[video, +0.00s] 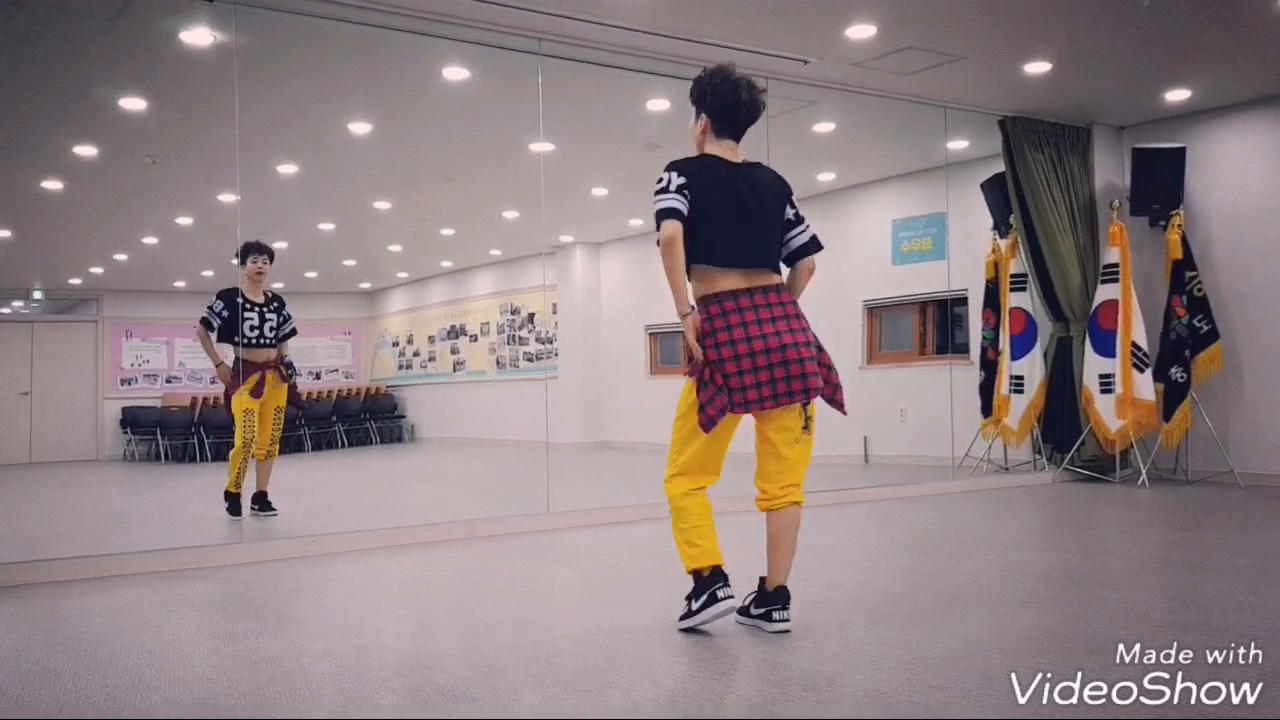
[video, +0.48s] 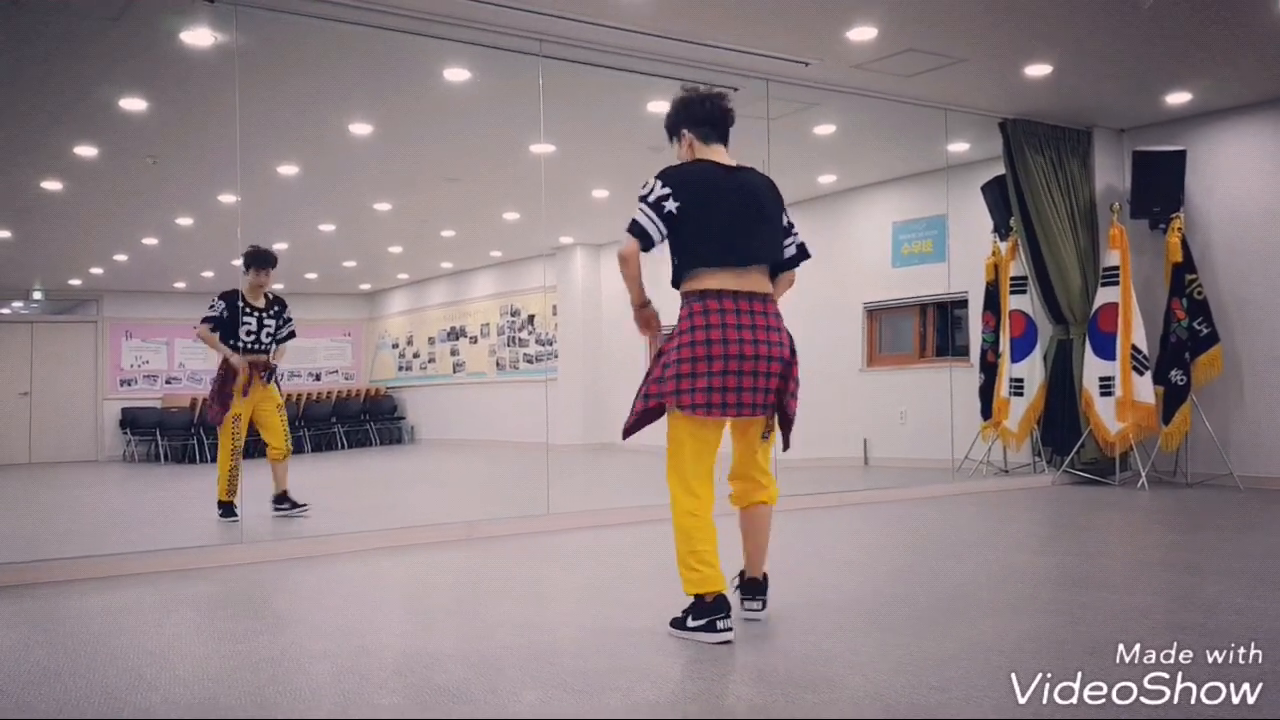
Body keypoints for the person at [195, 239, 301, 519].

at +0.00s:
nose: (260, 266)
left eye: (265, 262)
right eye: (253, 261)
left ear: (270, 268)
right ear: (242, 267)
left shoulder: (276, 301)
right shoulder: (229, 298)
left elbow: (283, 340)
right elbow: (203, 330)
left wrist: (285, 362)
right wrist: (219, 364)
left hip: (276, 373)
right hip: (246, 373)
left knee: (270, 440)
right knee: (246, 441)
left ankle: (261, 495)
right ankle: (233, 493)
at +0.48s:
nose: (263, 278)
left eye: (268, 273)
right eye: (258, 273)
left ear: (273, 275)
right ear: (247, 272)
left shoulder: (278, 305)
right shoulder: (228, 300)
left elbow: (283, 341)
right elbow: (204, 330)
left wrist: (274, 362)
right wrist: (231, 356)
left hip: (265, 381)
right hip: (235, 381)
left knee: (280, 438)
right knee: (231, 445)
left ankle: (281, 496)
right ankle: (226, 502)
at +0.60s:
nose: (265, 271)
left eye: (270, 267)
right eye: (259, 266)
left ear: (275, 273)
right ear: (247, 271)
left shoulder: (284, 307)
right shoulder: (232, 304)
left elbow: (294, 345)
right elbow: (201, 331)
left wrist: (278, 366)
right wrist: (232, 338)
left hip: (272, 383)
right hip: (239, 383)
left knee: (295, 435)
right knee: (233, 447)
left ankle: (319, 490)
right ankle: (227, 502)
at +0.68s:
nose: (268, 272)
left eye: (273, 268)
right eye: (262, 268)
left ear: (278, 275)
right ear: (251, 273)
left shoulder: (289, 307)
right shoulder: (237, 308)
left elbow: (302, 344)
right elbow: (210, 339)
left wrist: (287, 366)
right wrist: (233, 336)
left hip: (280, 385)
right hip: (247, 386)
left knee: (308, 437)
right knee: (237, 448)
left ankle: (330, 490)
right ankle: (228, 501)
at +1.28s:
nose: (339, 269)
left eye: (343, 264)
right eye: (333, 264)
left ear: (347, 268)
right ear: (321, 269)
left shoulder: (357, 300)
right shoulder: (311, 300)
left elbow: (381, 327)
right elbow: (292, 326)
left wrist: (383, 334)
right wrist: (308, 331)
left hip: (358, 368)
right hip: (328, 372)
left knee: (361, 433)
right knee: (341, 434)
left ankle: (350, 483)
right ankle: (359, 480)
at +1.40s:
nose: (350, 280)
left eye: (353, 275)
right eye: (343, 275)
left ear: (358, 280)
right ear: (332, 280)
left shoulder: (364, 311)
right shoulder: (323, 310)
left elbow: (372, 343)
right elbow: (314, 342)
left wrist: (391, 345)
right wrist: (322, 366)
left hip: (364, 378)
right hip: (336, 383)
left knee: (379, 435)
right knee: (351, 443)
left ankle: (362, 479)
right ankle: (363, 488)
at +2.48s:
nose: (268, 268)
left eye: (273, 264)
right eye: (262, 263)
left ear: (279, 269)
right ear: (250, 268)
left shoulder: (286, 301)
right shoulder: (236, 302)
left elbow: (299, 332)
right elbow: (213, 333)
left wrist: (304, 352)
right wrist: (214, 356)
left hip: (274, 377)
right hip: (241, 373)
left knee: (248, 438)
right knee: (234, 433)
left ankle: (214, 494)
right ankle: (236, 494)